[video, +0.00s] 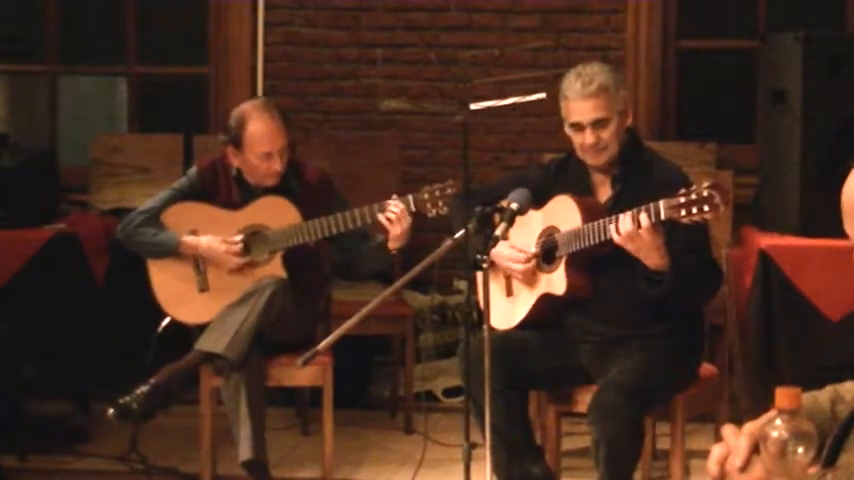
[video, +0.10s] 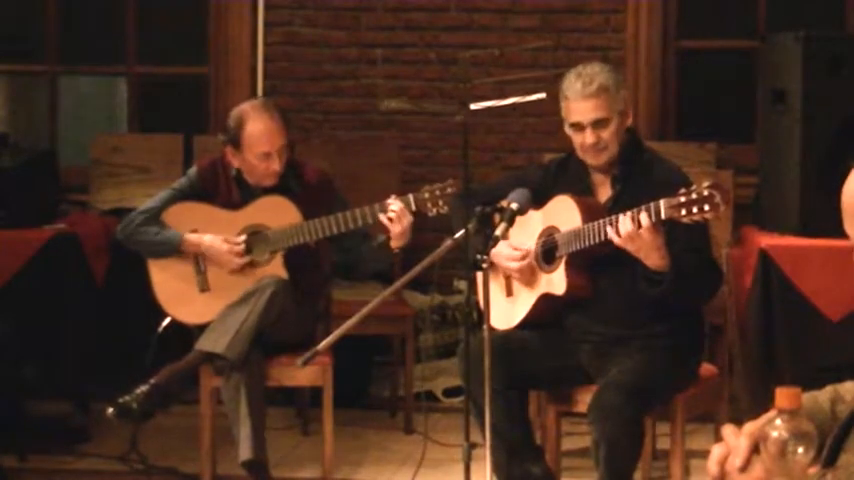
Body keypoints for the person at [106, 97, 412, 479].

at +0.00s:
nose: (277, 166)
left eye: (282, 153)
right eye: (265, 157)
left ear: (289, 142)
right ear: (234, 155)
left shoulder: (309, 183)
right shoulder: (210, 178)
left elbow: (348, 258)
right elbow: (131, 230)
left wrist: (389, 247)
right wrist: (195, 246)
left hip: (296, 315)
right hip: (228, 309)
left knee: (271, 288)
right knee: (244, 352)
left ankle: (168, 380)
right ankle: (255, 468)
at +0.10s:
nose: (276, 166)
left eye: (281, 152)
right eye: (263, 157)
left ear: (288, 141)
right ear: (233, 155)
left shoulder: (309, 183)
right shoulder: (210, 178)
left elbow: (349, 258)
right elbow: (132, 230)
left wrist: (392, 245)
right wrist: (199, 244)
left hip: (296, 315)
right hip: (229, 309)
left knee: (270, 288)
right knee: (244, 351)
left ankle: (167, 381)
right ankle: (254, 466)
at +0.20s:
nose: (277, 166)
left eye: (281, 153)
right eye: (264, 158)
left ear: (287, 142)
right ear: (234, 156)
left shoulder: (309, 182)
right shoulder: (210, 178)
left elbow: (354, 256)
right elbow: (133, 230)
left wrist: (391, 244)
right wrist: (199, 249)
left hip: (297, 313)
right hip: (230, 309)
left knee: (271, 289)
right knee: (244, 354)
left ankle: (169, 380)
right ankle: (255, 468)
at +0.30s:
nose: (278, 168)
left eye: (282, 155)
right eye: (266, 161)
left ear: (288, 144)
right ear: (235, 158)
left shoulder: (311, 183)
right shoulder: (211, 177)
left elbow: (347, 262)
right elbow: (130, 228)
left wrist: (370, 250)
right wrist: (196, 252)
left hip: (296, 315)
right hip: (230, 310)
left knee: (273, 289)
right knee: (245, 353)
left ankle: (171, 378)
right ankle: (255, 468)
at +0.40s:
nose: (280, 170)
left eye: (284, 158)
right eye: (268, 163)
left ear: (290, 146)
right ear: (237, 159)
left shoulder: (311, 183)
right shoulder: (211, 177)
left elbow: (336, 266)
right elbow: (131, 229)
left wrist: (341, 257)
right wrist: (198, 252)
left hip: (296, 314)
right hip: (230, 310)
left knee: (271, 290)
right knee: (243, 353)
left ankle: (165, 381)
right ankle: (255, 467)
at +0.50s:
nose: (280, 169)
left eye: (284, 157)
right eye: (269, 162)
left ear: (290, 145)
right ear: (238, 157)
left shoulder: (313, 183)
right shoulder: (213, 176)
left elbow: (343, 269)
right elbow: (134, 227)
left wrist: (347, 252)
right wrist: (195, 262)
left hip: (297, 315)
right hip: (228, 312)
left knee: (271, 289)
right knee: (245, 357)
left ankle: (165, 380)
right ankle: (255, 468)